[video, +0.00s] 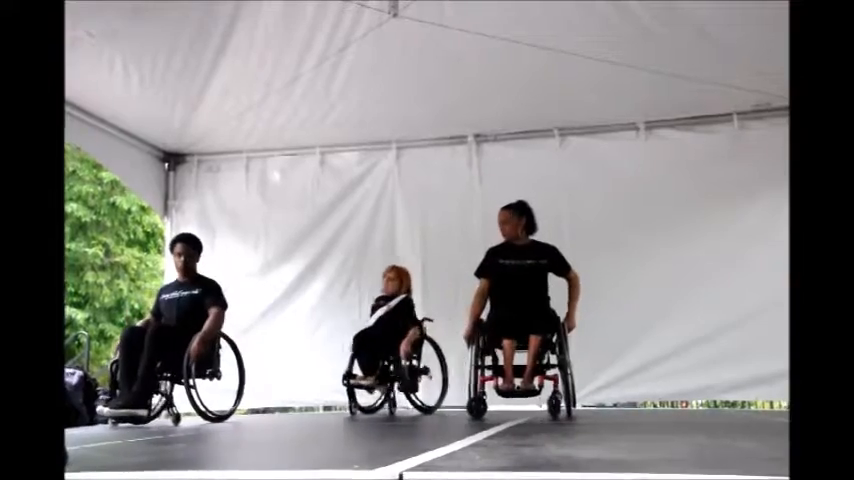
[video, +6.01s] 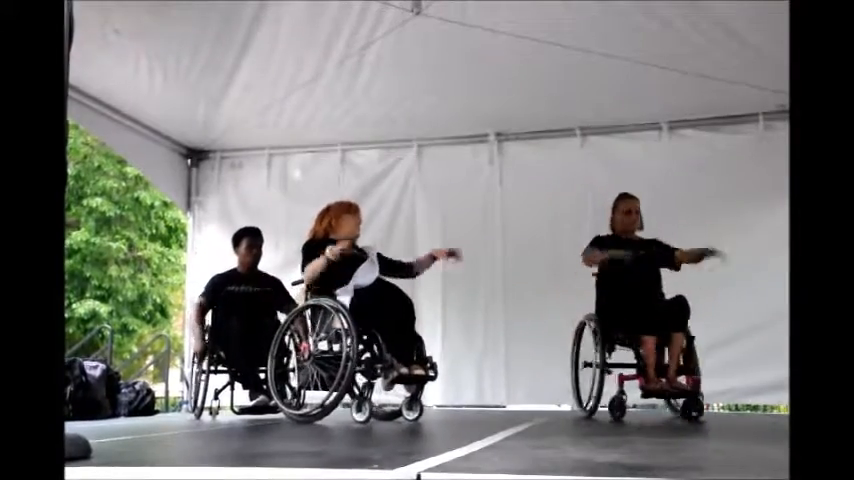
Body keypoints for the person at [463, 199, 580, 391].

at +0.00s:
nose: (501, 228)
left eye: (505, 223)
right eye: (500, 223)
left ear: (521, 223)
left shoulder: (545, 252)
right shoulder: (494, 254)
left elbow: (572, 278)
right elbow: (483, 289)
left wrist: (571, 315)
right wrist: (472, 323)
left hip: (535, 311)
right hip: (505, 312)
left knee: (539, 322)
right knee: (508, 324)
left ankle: (528, 378)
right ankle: (508, 378)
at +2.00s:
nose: (531, 228)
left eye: (538, 224)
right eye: (527, 223)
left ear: (546, 229)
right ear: (522, 227)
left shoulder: (552, 251)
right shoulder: (505, 255)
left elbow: (553, 249)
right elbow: (493, 291)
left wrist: (520, 252)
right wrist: (485, 324)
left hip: (542, 311)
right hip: (514, 311)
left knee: (547, 326)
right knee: (517, 328)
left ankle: (537, 382)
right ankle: (517, 382)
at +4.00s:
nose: (599, 241)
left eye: (598, 237)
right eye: (597, 237)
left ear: (575, 242)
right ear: (594, 239)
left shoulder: (561, 266)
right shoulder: (610, 263)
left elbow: (545, 305)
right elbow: (624, 301)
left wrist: (563, 295)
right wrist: (619, 330)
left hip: (569, 338)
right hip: (599, 336)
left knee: (551, 326)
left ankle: (555, 380)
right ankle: (579, 383)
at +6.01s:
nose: (633, 217)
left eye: (636, 212)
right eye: (627, 212)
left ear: (640, 217)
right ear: (613, 217)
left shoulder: (649, 246)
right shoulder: (604, 242)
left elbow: (679, 256)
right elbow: (589, 256)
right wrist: (601, 258)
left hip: (649, 310)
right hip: (616, 311)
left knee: (679, 303)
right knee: (649, 316)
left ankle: (672, 377)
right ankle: (651, 380)